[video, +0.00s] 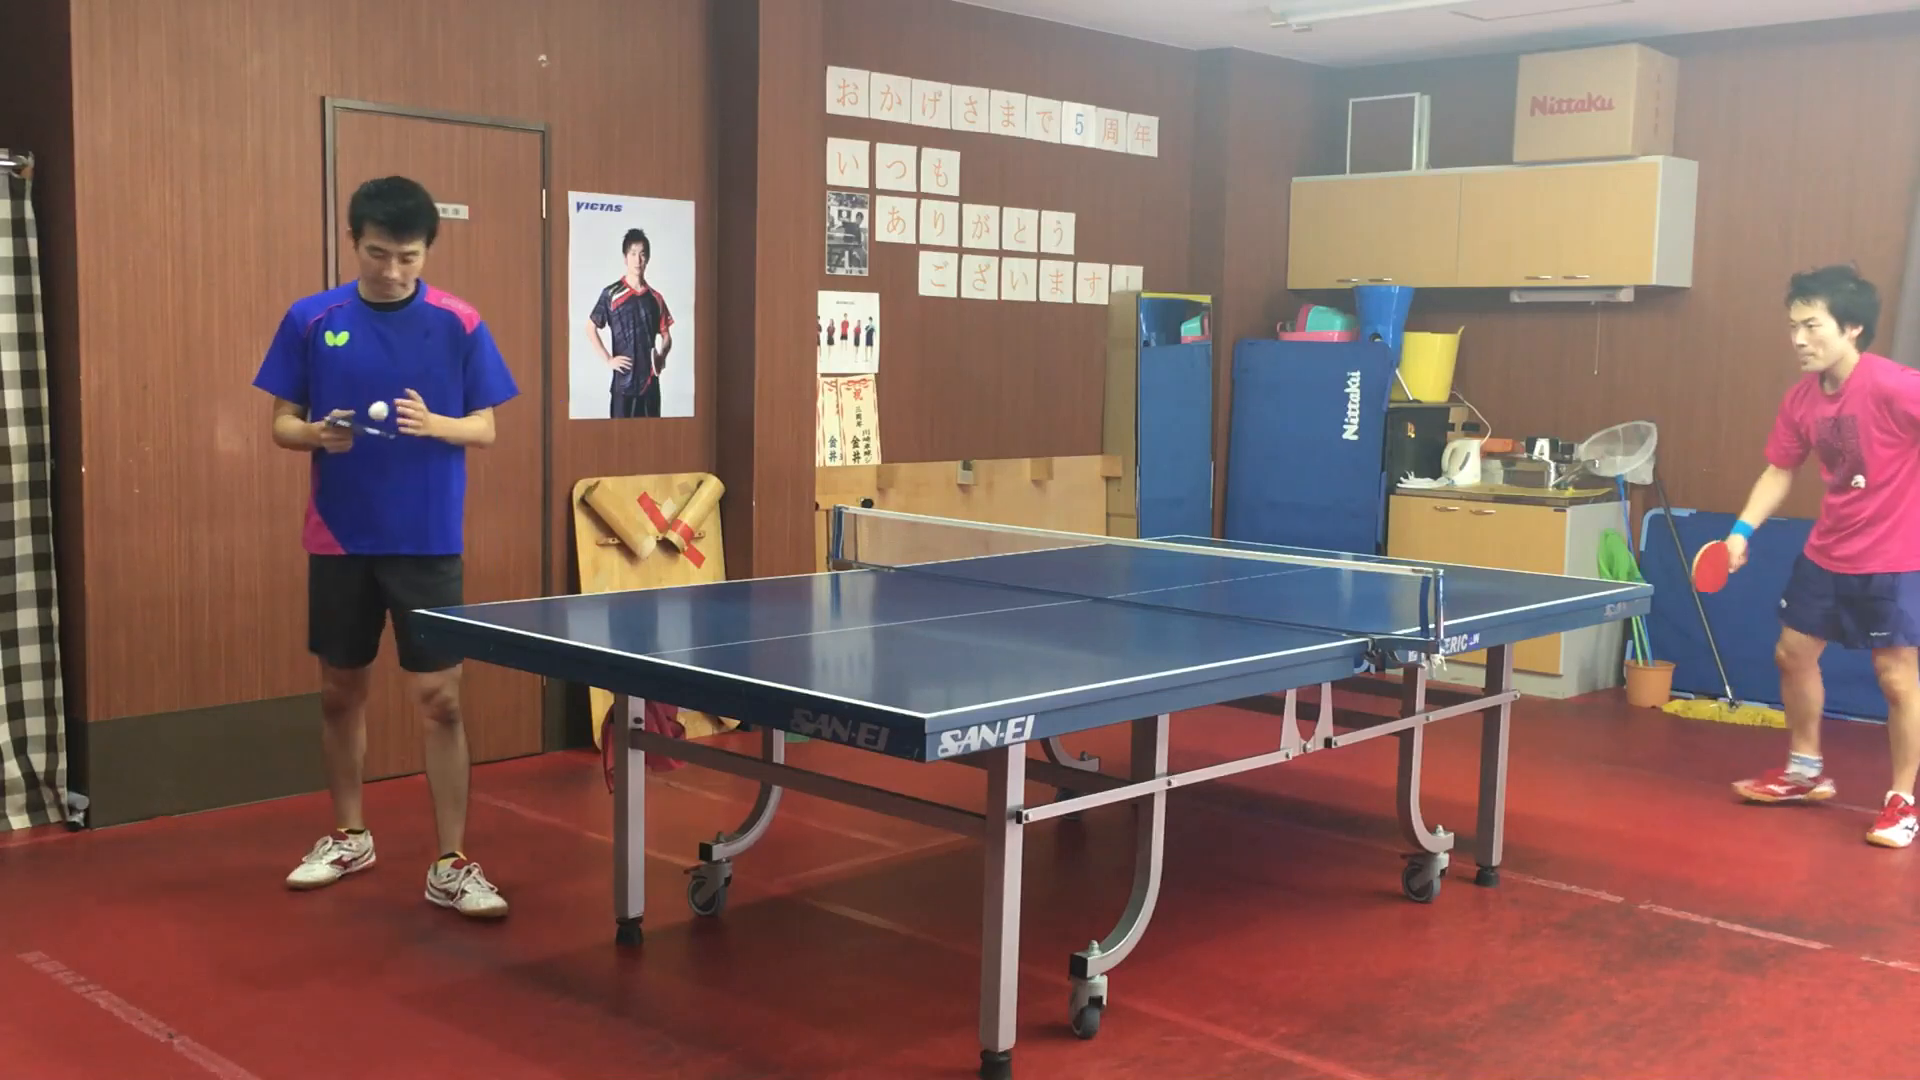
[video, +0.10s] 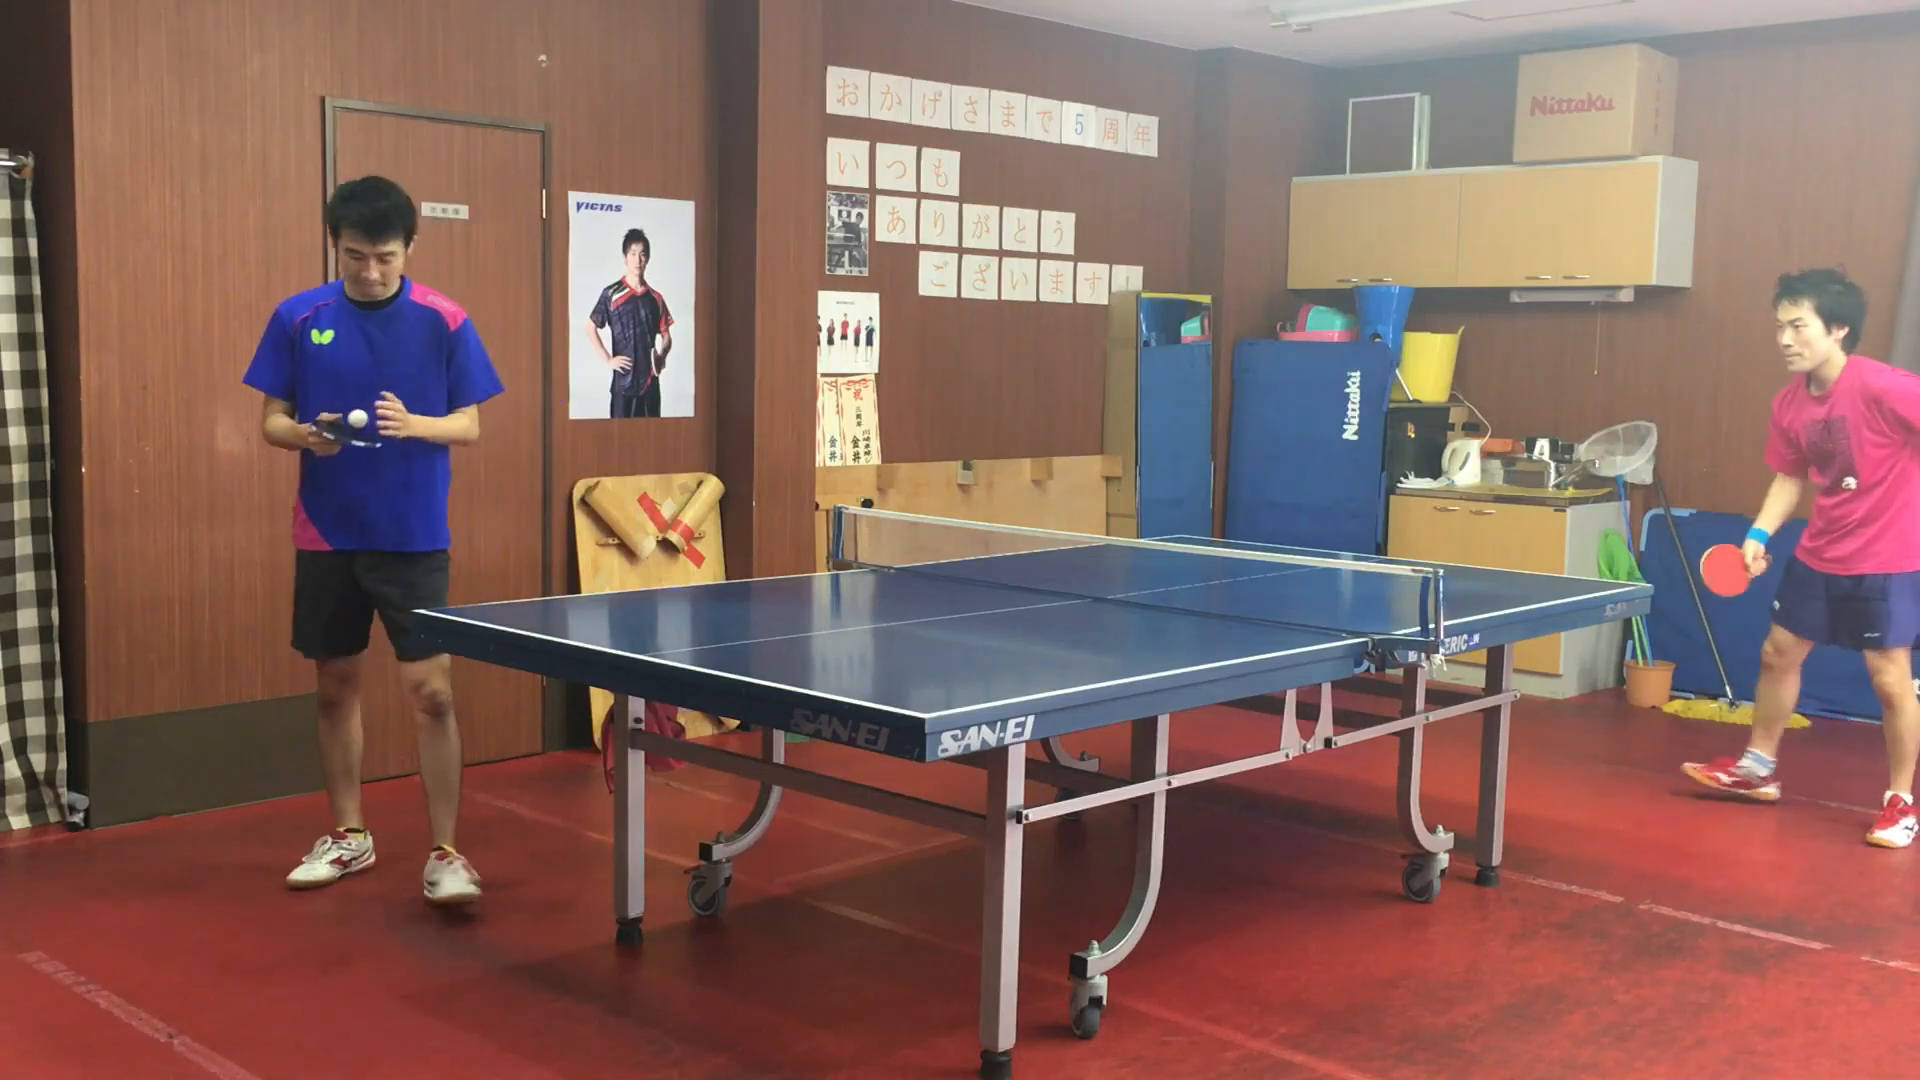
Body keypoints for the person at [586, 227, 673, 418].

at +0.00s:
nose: (638, 260)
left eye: (643, 254)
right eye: (633, 254)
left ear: (648, 258)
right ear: (625, 257)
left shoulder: (655, 298)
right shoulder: (611, 294)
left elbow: (666, 336)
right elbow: (591, 327)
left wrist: (662, 356)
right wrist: (608, 359)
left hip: (650, 379)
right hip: (624, 379)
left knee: (650, 436)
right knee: (622, 436)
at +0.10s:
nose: (638, 260)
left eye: (643, 254)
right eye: (633, 254)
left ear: (648, 258)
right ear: (625, 258)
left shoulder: (655, 297)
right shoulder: (611, 294)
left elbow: (666, 336)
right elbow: (591, 327)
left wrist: (662, 356)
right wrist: (608, 359)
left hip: (649, 377)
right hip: (624, 378)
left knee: (650, 435)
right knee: (622, 435)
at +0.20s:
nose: (638, 260)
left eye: (643, 254)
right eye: (633, 254)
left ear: (648, 258)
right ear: (625, 257)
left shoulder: (655, 297)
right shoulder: (611, 294)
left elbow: (666, 336)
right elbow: (591, 327)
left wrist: (662, 356)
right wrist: (608, 359)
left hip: (650, 378)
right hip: (624, 379)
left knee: (650, 436)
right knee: (622, 436)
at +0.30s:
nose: (638, 260)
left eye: (643, 254)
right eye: (633, 254)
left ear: (648, 258)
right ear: (625, 258)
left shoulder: (655, 297)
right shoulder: (611, 294)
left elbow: (666, 336)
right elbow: (591, 327)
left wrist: (662, 356)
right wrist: (608, 359)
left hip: (649, 378)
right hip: (624, 379)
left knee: (650, 436)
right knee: (622, 436)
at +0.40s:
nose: (638, 260)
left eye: (643, 254)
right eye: (633, 254)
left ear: (648, 258)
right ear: (625, 257)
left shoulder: (655, 297)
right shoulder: (611, 294)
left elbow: (666, 336)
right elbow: (591, 327)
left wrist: (662, 356)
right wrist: (608, 359)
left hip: (649, 378)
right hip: (624, 379)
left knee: (650, 436)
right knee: (622, 436)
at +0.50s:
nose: (638, 260)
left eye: (643, 254)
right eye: (633, 254)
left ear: (648, 258)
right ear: (625, 257)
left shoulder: (655, 297)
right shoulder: (611, 294)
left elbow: (666, 336)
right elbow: (591, 327)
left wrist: (662, 355)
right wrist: (608, 359)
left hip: (649, 378)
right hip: (624, 379)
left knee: (650, 436)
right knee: (622, 436)